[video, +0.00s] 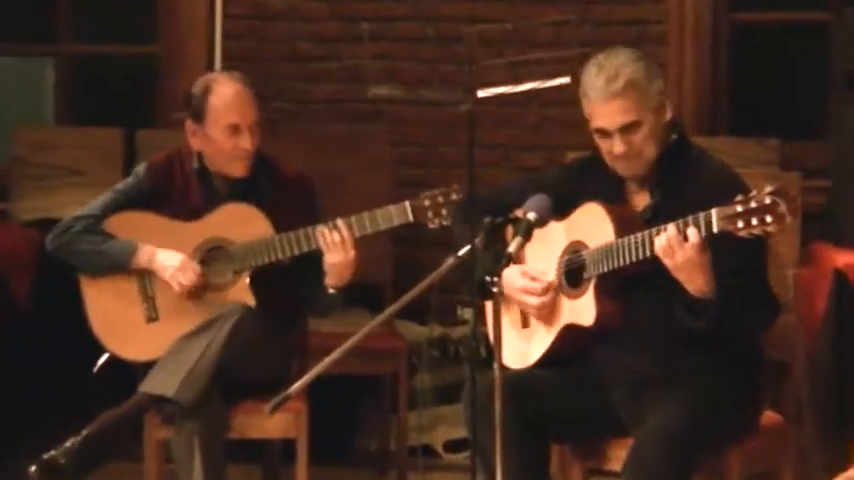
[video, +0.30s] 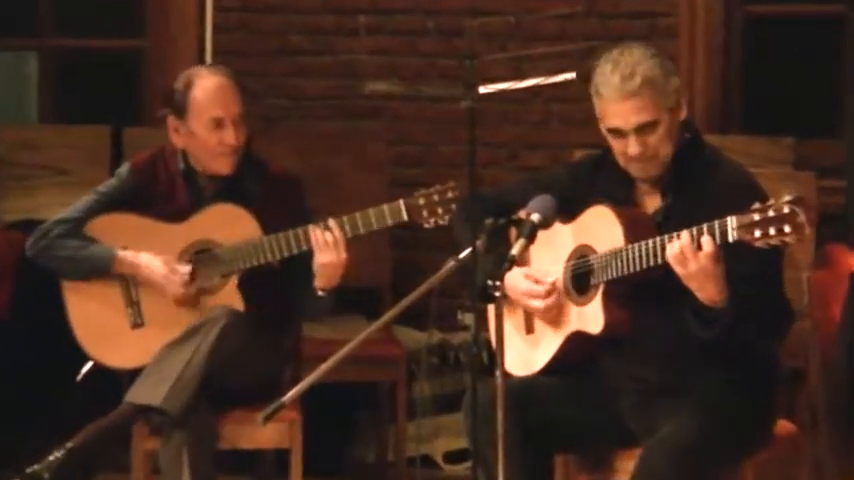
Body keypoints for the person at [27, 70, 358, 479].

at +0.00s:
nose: (249, 144)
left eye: (254, 129)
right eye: (232, 132)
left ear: (262, 124)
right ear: (194, 133)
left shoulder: (288, 190)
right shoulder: (163, 176)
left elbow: (311, 299)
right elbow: (65, 237)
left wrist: (334, 285)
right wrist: (153, 257)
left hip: (267, 351)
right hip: (181, 345)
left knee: (236, 319)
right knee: (198, 410)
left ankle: (94, 441)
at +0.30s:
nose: (233, 138)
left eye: (238, 123)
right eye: (216, 126)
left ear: (247, 120)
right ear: (178, 131)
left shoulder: (276, 189)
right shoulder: (147, 177)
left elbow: (302, 306)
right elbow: (45, 243)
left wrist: (324, 287)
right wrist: (136, 264)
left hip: (257, 361)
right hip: (166, 356)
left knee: (223, 324)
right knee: (188, 424)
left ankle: (92, 443)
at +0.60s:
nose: (196, 142)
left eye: (211, 126)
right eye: (181, 126)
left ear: (230, 125)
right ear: (158, 124)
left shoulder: (271, 188)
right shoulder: (135, 177)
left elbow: (294, 307)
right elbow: (35, 248)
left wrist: (318, 288)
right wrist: (128, 267)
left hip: (248, 363)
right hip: (153, 356)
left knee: (215, 328)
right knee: (181, 428)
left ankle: (90, 444)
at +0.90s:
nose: (161, 142)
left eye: (180, 129)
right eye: (153, 124)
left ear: (220, 132)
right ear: (143, 119)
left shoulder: (265, 190)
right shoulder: (123, 177)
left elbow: (293, 314)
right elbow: (21, 251)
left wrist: (314, 291)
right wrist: (110, 277)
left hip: (242, 370)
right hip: (144, 359)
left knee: (207, 333)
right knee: (172, 433)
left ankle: (92, 446)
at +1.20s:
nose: (137, 143)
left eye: (158, 131)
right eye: (130, 125)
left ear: (203, 133)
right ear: (122, 117)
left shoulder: (254, 188)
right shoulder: (105, 174)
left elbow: (280, 314)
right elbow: (8, 250)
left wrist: (310, 297)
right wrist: (99, 281)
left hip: (230, 382)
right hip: (119, 374)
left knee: (191, 343)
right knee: (151, 451)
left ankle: (74, 459)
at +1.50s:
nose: (134, 149)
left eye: (155, 139)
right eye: (129, 130)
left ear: (201, 141)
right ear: (122, 115)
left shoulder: (252, 191)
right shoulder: (103, 175)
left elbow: (307, 302)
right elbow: (5, 252)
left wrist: (373, 278)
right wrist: (91, 269)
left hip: (224, 383)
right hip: (107, 373)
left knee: (194, 343)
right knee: (151, 452)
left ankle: (73, 458)